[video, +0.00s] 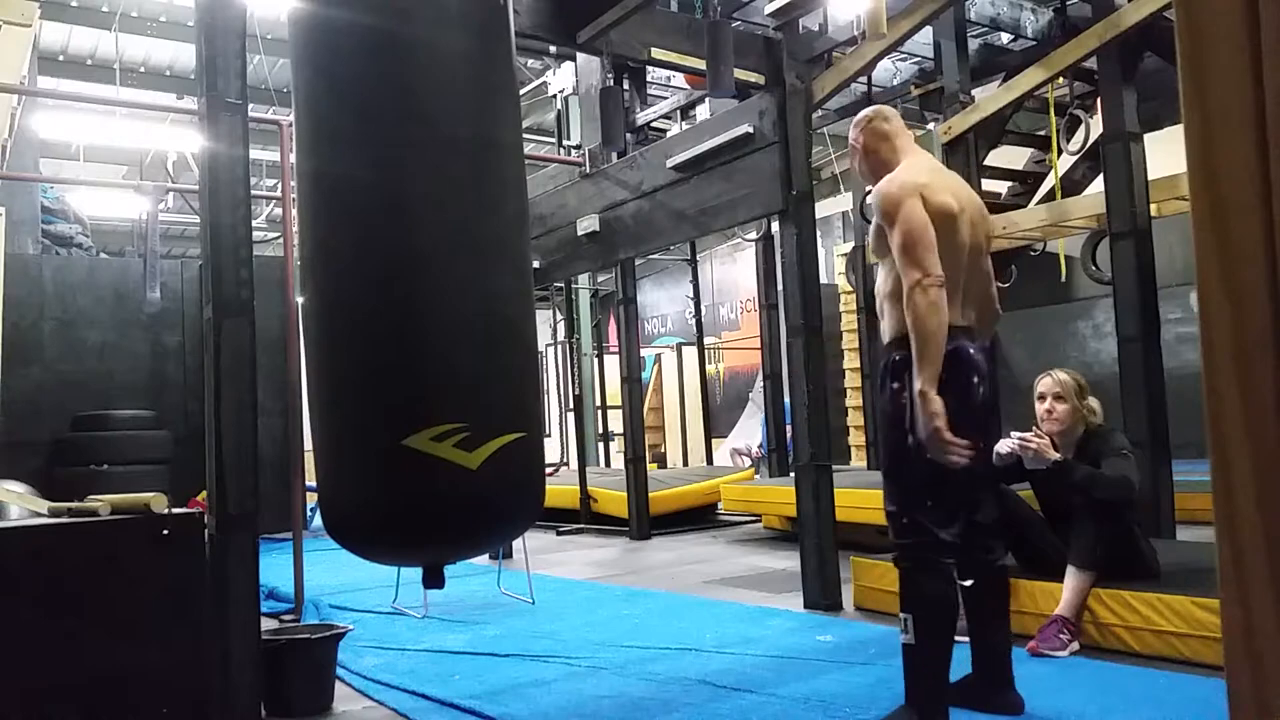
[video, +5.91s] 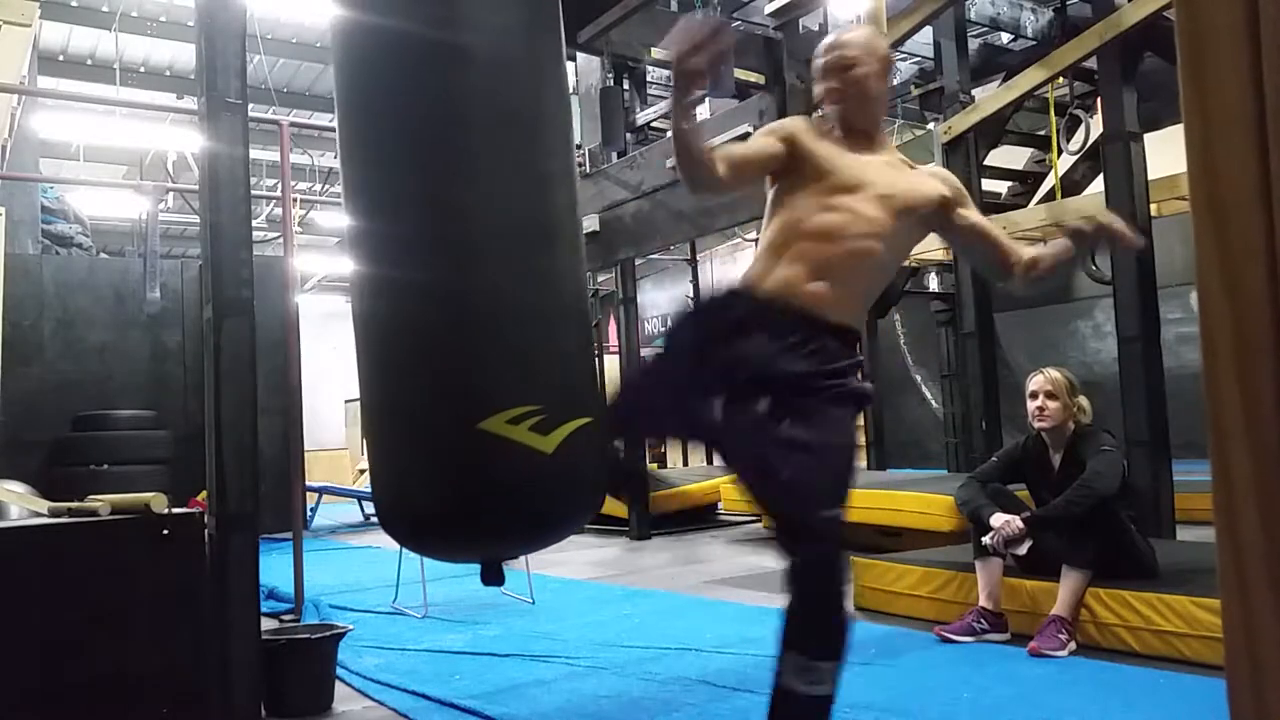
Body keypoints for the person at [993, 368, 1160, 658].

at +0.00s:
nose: (1048, 407)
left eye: (1059, 399)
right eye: (1041, 399)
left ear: (1081, 407)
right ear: (1034, 407)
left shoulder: (1107, 441)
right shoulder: (1034, 448)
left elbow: (1124, 487)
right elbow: (994, 475)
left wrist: (1055, 461)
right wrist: (998, 457)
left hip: (1122, 562)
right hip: (1061, 560)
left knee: (1093, 500)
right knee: (994, 495)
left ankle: (1065, 619)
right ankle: (980, 612)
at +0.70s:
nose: (1049, 407)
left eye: (1060, 399)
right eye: (1042, 400)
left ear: (1081, 408)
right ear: (1035, 409)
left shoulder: (1106, 442)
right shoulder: (1034, 450)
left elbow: (1120, 488)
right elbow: (964, 494)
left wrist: (1038, 490)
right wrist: (977, 481)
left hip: (1120, 560)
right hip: (1059, 557)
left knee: (1093, 501)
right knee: (988, 499)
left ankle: (1065, 620)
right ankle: (989, 612)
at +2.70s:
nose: (1052, 401)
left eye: (1061, 393)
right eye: (1042, 395)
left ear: (1077, 403)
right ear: (1032, 407)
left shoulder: (1102, 440)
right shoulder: (1030, 448)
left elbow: (1106, 487)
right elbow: (973, 481)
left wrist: (1032, 523)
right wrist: (995, 514)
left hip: (1118, 557)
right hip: (1060, 555)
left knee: (1095, 507)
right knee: (993, 497)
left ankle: (1062, 622)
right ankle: (986, 614)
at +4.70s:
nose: (1040, 404)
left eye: (1051, 396)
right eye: (1033, 396)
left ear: (1071, 405)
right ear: (1026, 406)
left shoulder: (1097, 442)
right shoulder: (1027, 449)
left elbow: (1100, 484)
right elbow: (967, 488)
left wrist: (1027, 522)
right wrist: (993, 517)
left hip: (1118, 560)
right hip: (1058, 556)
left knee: (1089, 505)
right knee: (989, 495)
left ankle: (1061, 621)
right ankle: (989, 612)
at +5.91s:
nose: (1040, 404)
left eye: (1051, 397)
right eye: (1033, 397)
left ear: (1071, 406)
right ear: (1026, 406)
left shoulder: (1097, 442)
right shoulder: (1027, 449)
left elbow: (1100, 486)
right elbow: (967, 488)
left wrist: (1027, 521)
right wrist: (992, 516)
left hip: (1118, 560)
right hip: (1057, 556)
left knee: (1091, 505)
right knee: (989, 495)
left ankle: (1061, 621)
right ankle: (989, 612)